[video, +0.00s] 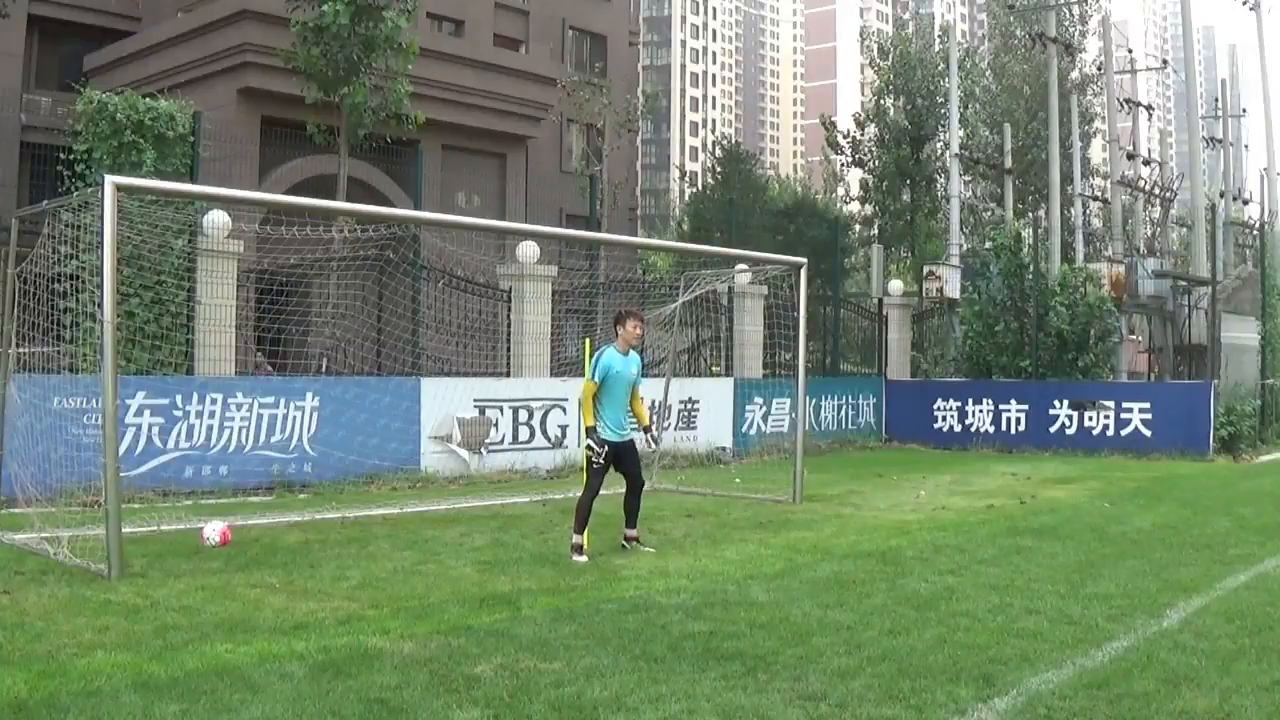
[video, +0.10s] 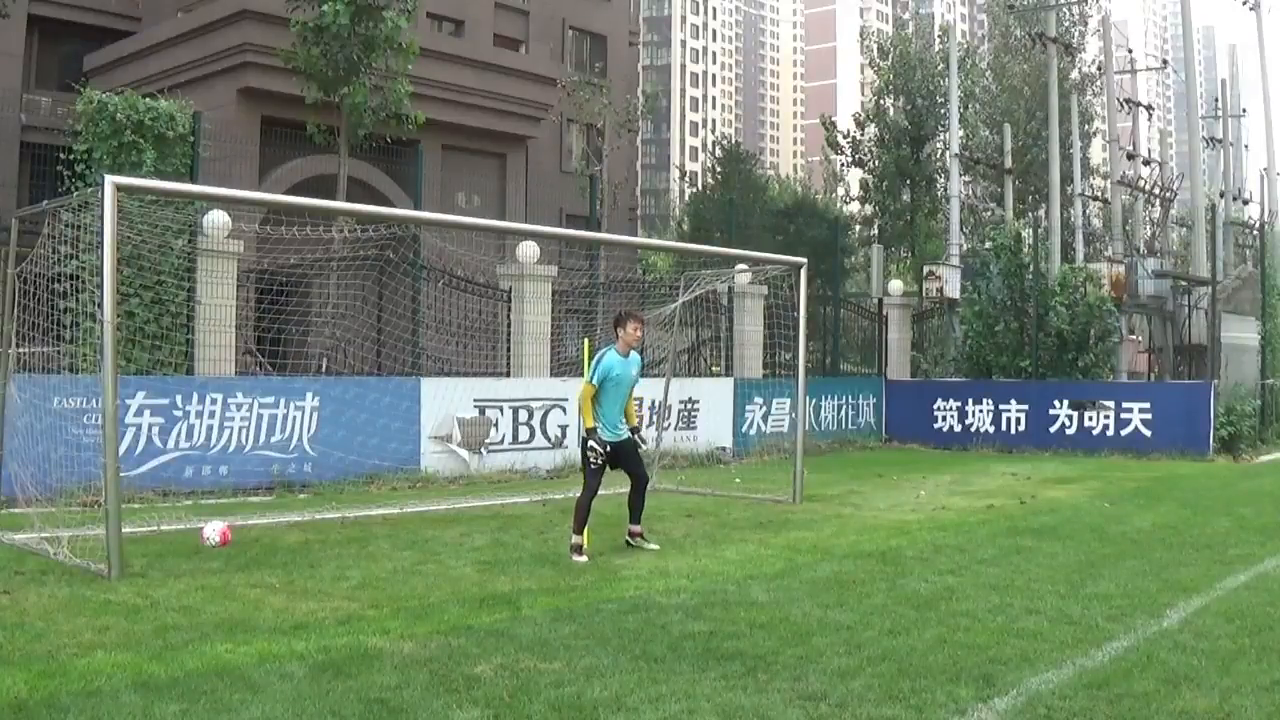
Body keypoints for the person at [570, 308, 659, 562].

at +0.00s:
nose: (639, 332)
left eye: (641, 328)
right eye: (634, 327)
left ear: (640, 332)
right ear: (620, 330)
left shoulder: (635, 360)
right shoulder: (604, 357)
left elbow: (635, 398)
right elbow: (587, 394)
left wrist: (646, 426)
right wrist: (590, 431)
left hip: (624, 437)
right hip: (602, 436)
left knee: (636, 483)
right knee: (591, 490)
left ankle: (631, 537)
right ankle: (577, 542)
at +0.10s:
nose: (639, 334)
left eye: (641, 330)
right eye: (634, 330)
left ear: (641, 333)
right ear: (620, 332)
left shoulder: (636, 360)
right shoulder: (605, 359)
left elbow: (628, 397)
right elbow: (585, 395)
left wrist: (633, 426)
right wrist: (590, 432)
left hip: (621, 437)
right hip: (598, 436)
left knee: (640, 479)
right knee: (590, 489)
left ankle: (634, 533)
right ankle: (577, 542)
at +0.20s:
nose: (640, 336)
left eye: (641, 332)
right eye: (635, 332)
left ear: (641, 335)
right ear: (620, 334)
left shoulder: (637, 361)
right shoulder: (605, 362)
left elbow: (628, 396)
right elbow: (585, 397)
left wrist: (633, 426)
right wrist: (591, 434)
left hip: (621, 437)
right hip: (598, 438)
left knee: (638, 481)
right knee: (592, 489)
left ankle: (637, 535)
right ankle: (577, 543)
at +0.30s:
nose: (642, 338)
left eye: (644, 333)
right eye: (637, 333)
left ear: (643, 336)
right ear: (623, 335)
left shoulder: (641, 362)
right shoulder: (607, 364)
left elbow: (636, 398)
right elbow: (588, 400)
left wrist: (638, 428)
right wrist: (593, 435)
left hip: (626, 439)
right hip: (603, 439)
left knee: (635, 486)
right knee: (596, 490)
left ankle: (636, 537)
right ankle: (578, 541)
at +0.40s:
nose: (645, 338)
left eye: (646, 333)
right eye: (641, 333)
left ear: (645, 336)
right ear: (626, 335)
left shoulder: (644, 363)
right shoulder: (609, 363)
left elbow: (639, 399)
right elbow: (591, 400)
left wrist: (644, 429)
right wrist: (596, 434)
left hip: (629, 438)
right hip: (605, 437)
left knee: (638, 484)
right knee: (599, 486)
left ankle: (636, 537)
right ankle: (578, 538)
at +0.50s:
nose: (647, 344)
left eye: (648, 339)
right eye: (643, 339)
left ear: (646, 341)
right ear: (628, 340)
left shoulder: (644, 368)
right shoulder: (609, 368)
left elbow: (639, 401)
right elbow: (588, 403)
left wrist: (647, 429)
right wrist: (599, 434)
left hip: (630, 442)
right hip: (605, 440)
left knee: (646, 487)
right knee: (602, 489)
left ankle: (637, 538)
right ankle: (578, 537)